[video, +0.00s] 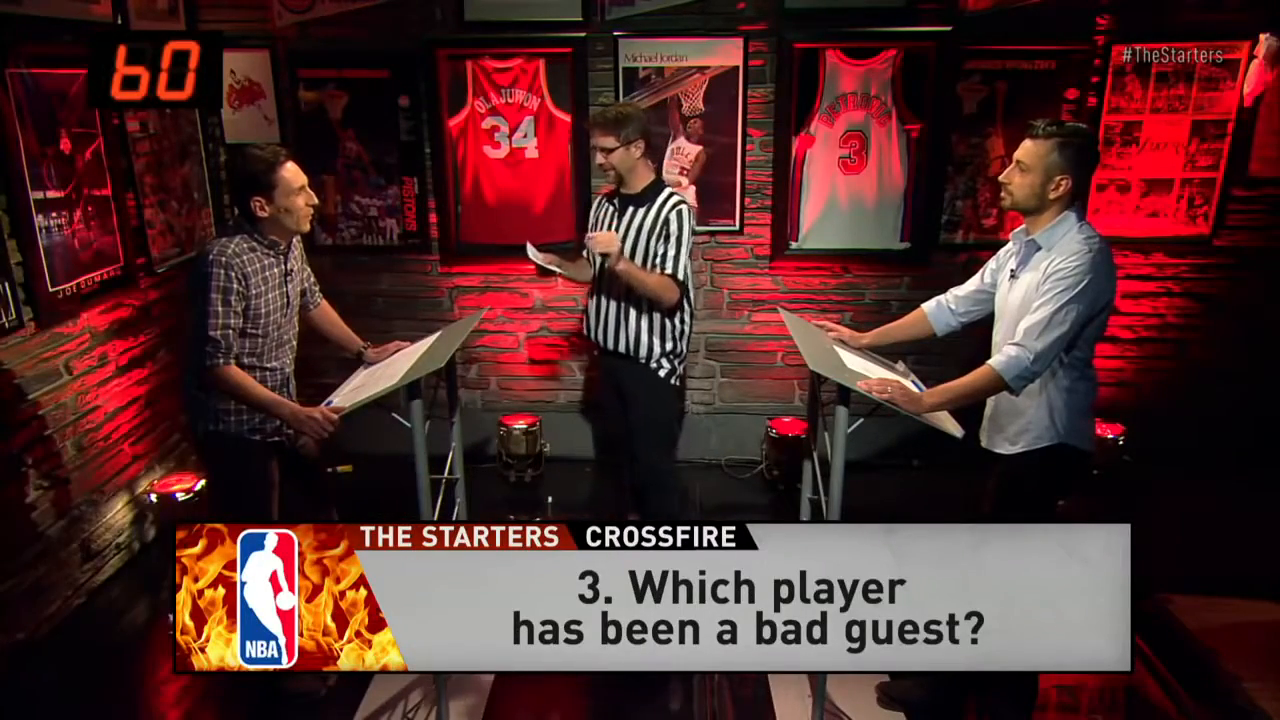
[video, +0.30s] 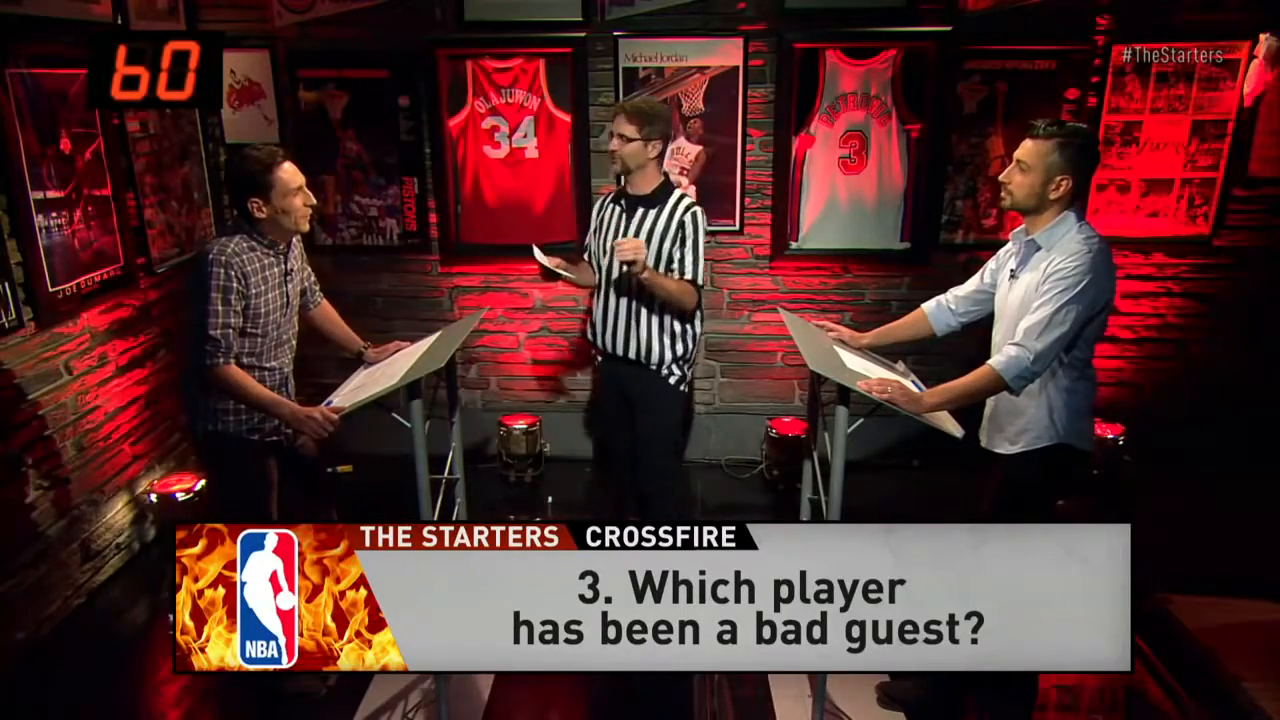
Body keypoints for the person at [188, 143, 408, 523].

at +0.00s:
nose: (313, 200)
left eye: (309, 188)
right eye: (300, 192)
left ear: (266, 207)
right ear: (262, 207)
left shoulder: (290, 245)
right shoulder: (226, 261)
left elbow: (313, 303)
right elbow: (217, 365)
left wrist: (363, 350)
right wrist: (292, 412)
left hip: (284, 426)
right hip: (237, 435)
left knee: (303, 527)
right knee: (250, 539)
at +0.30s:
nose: (311, 200)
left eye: (306, 188)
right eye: (297, 193)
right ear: (259, 208)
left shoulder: (290, 244)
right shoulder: (226, 260)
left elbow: (313, 302)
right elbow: (217, 365)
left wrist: (364, 350)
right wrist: (292, 413)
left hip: (283, 425)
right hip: (237, 436)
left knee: (298, 526)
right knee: (251, 538)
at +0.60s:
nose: (305, 198)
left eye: (300, 185)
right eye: (289, 189)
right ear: (252, 206)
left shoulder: (287, 243)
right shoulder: (222, 257)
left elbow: (312, 301)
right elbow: (218, 362)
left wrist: (364, 350)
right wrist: (291, 411)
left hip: (279, 422)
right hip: (233, 433)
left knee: (296, 523)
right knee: (248, 535)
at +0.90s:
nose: (295, 191)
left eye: (290, 179)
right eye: (280, 183)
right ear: (243, 200)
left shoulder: (283, 239)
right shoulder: (215, 253)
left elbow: (310, 301)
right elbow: (219, 358)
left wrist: (365, 350)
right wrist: (294, 409)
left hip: (278, 421)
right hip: (231, 431)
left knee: (293, 524)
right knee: (248, 536)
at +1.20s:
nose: (291, 184)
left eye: (285, 173)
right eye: (275, 176)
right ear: (239, 192)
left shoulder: (279, 235)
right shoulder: (215, 249)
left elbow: (312, 298)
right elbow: (225, 350)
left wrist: (370, 346)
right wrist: (294, 407)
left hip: (280, 415)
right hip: (232, 426)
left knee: (295, 521)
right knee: (249, 532)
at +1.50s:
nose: (292, 181)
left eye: (286, 170)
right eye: (276, 173)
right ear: (239, 187)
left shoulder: (277, 231)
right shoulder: (215, 245)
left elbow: (313, 293)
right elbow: (237, 341)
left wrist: (371, 345)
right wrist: (298, 407)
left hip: (274, 407)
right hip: (227, 416)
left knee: (285, 518)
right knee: (247, 527)